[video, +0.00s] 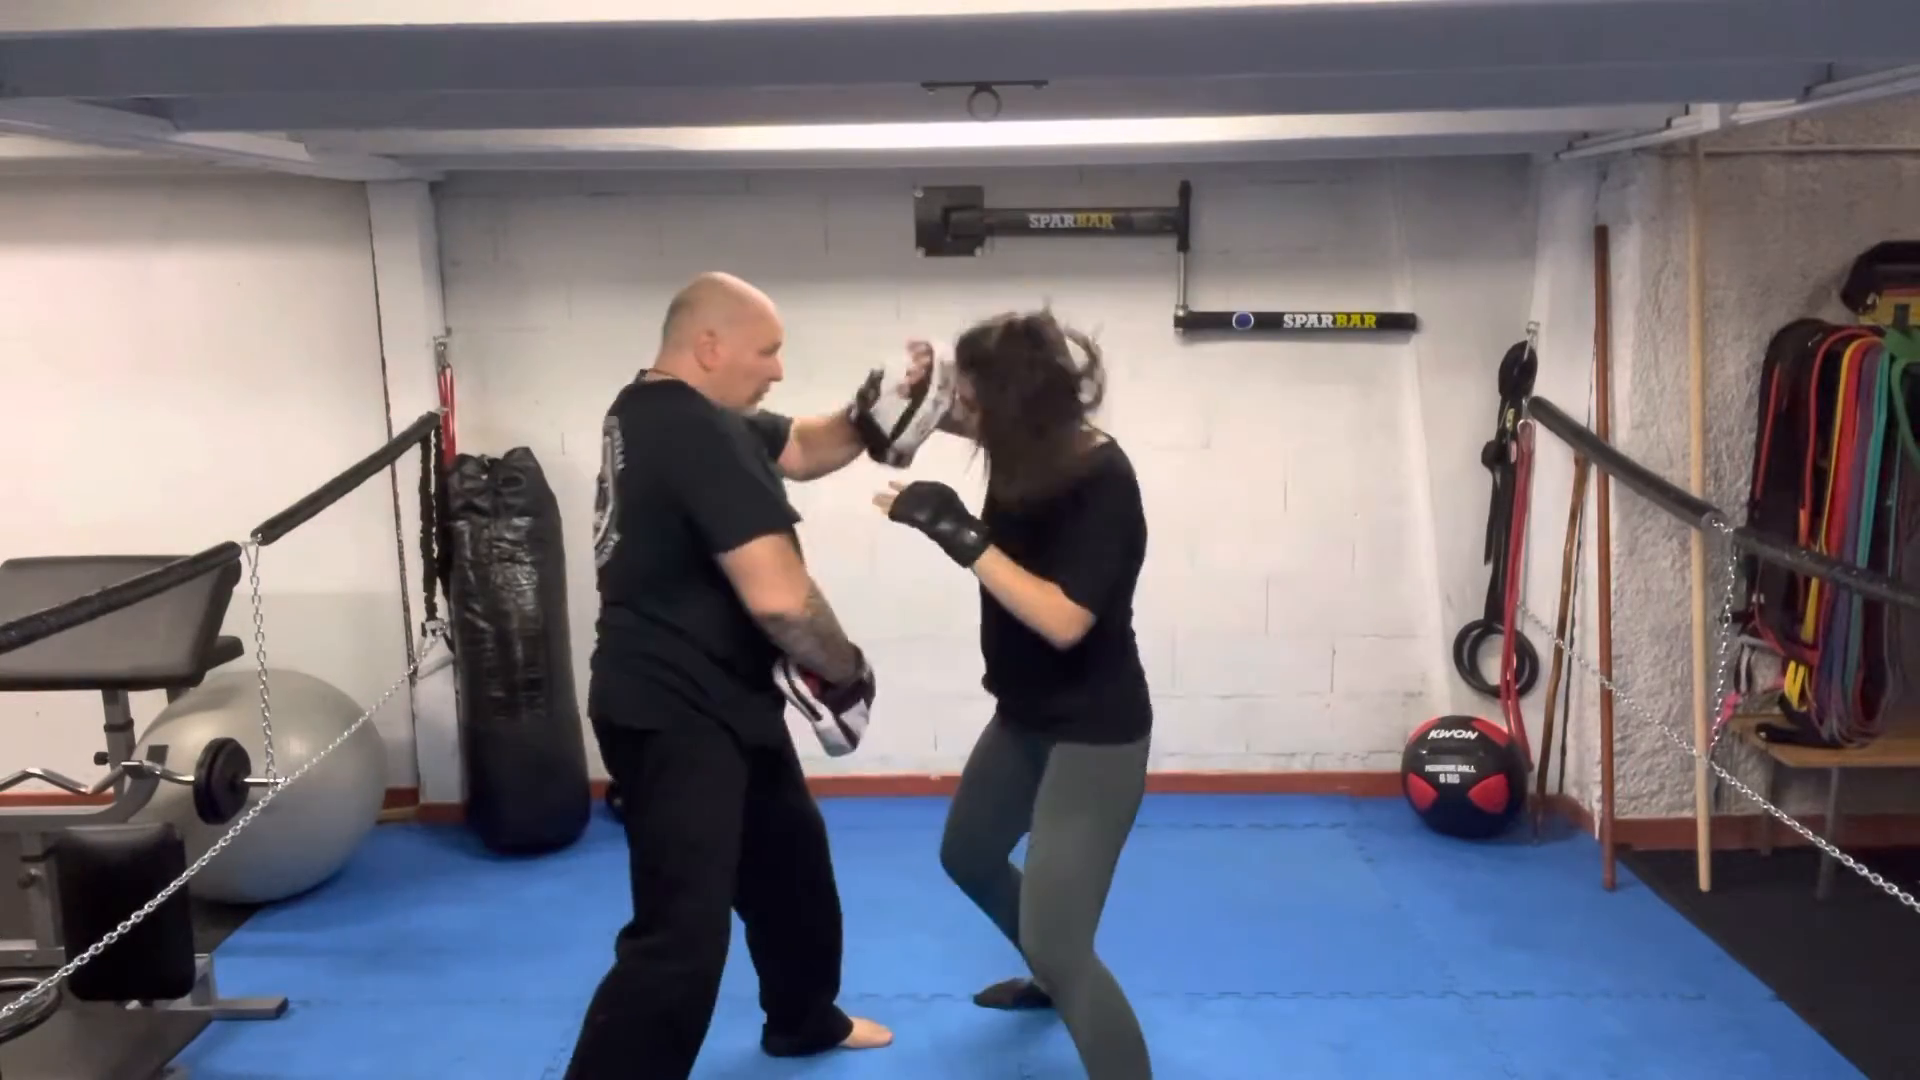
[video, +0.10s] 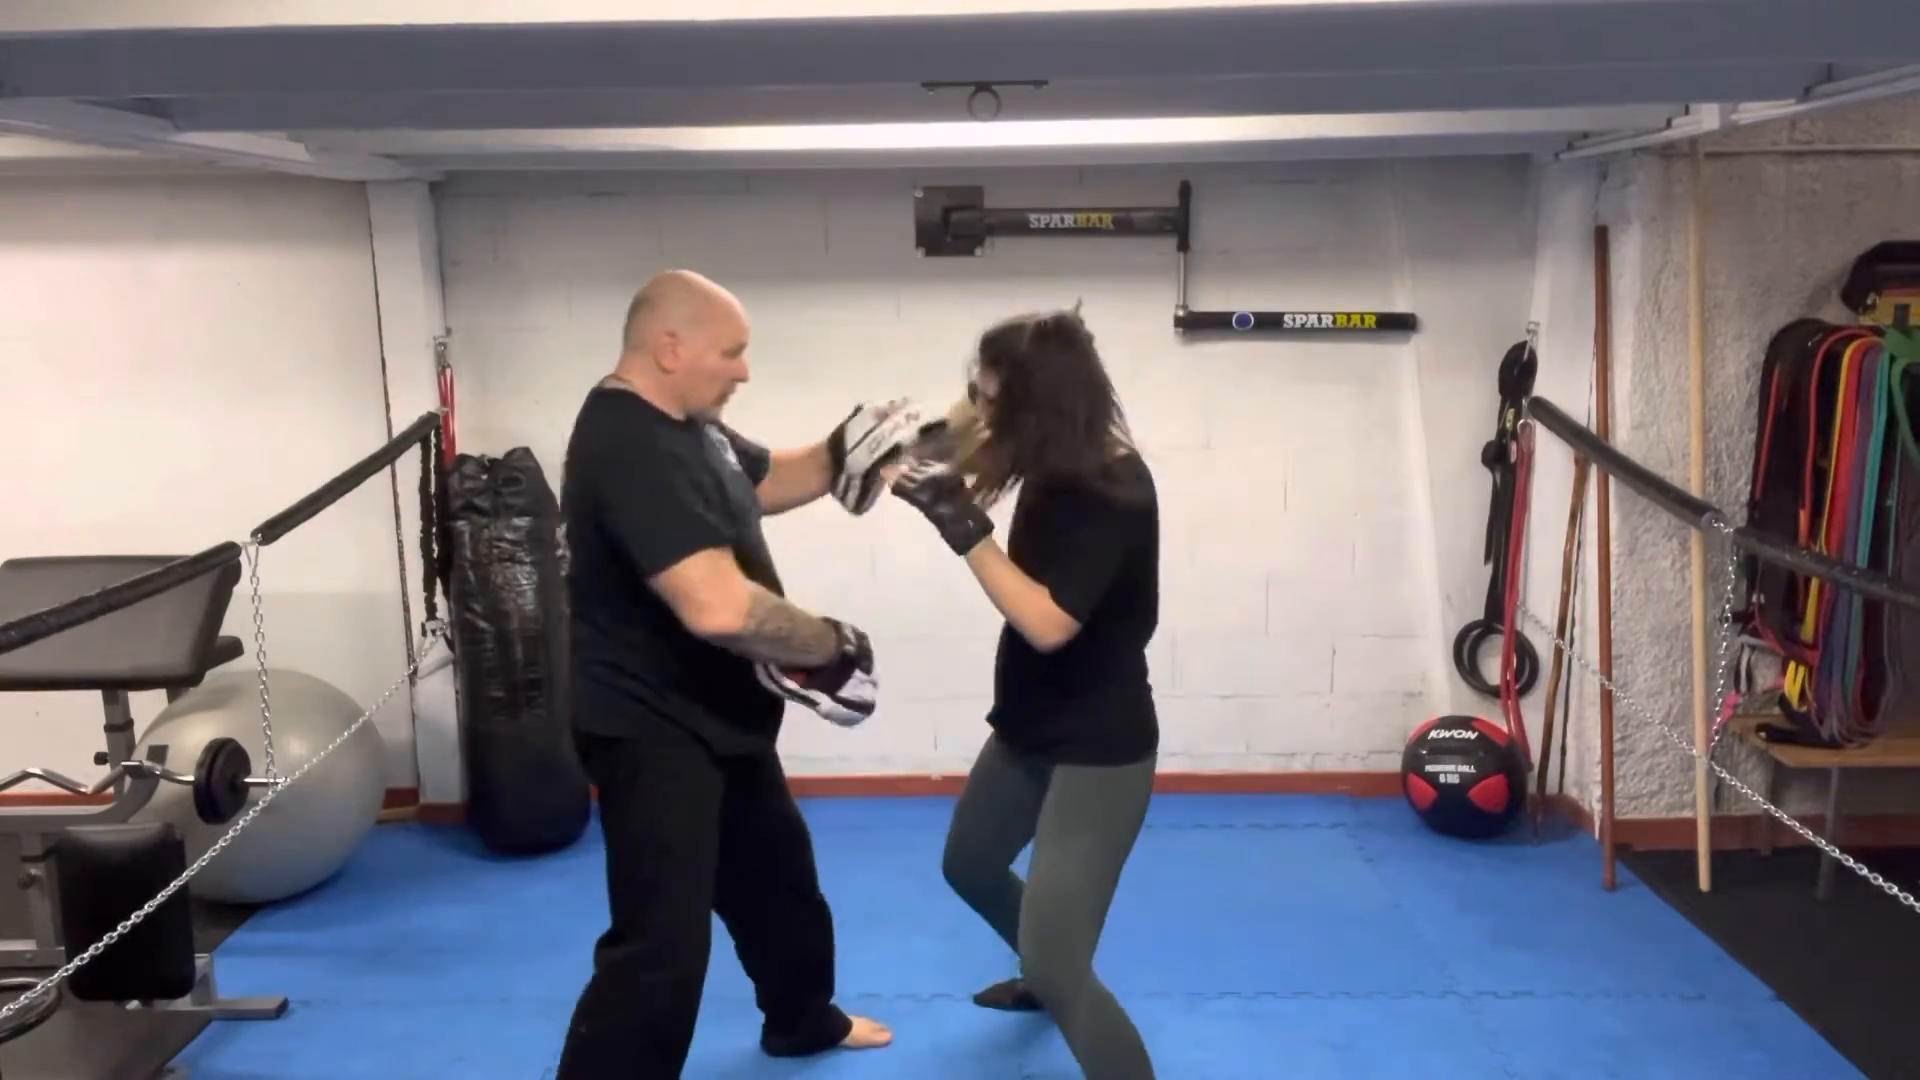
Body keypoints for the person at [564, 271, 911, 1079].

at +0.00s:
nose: (777, 369)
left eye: (777, 352)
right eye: (765, 351)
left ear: (699, 349)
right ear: (706, 347)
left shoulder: (681, 411)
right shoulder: (693, 427)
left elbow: (806, 445)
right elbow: (780, 601)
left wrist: (891, 402)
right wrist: (846, 677)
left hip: (725, 702)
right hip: (673, 711)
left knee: (790, 864)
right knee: (681, 938)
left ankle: (802, 1020)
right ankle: (608, 1076)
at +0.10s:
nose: (743, 372)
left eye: (743, 354)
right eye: (731, 353)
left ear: (669, 349)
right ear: (668, 347)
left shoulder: (684, 429)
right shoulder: (627, 440)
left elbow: (769, 481)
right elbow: (717, 606)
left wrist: (859, 442)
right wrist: (833, 642)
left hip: (722, 722)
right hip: (650, 730)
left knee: (776, 883)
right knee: (660, 946)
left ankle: (801, 1021)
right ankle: (605, 1073)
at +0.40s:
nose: (701, 376)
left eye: (702, 356)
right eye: (688, 355)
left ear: (628, 350)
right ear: (624, 347)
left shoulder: (643, 425)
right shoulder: (538, 455)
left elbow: (653, 543)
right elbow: (542, 626)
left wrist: (741, 529)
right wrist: (704, 637)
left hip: (689, 711)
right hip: (596, 728)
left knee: (734, 872)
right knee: (613, 936)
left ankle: (744, 1024)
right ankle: (591, 1071)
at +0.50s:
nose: (705, 378)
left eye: (707, 358)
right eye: (694, 358)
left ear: (634, 351)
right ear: (630, 349)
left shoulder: (647, 423)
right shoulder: (541, 450)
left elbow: (656, 551)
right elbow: (527, 620)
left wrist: (743, 526)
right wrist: (688, 635)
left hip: (682, 714)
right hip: (590, 723)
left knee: (722, 874)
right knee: (604, 935)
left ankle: (701, 1027)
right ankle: (589, 1070)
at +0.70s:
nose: (740, 393)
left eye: (744, 375)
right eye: (731, 374)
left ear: (671, 360)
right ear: (669, 358)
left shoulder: (682, 436)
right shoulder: (560, 436)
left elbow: (695, 527)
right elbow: (538, 589)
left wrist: (771, 525)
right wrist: (690, 599)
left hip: (672, 724)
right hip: (575, 732)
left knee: (697, 876)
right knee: (586, 922)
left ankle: (697, 1031)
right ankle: (580, 1071)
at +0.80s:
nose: (749, 402)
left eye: (754, 384)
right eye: (741, 382)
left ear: (687, 369)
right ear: (680, 365)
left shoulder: (692, 442)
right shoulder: (569, 427)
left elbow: (706, 552)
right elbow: (551, 577)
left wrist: (776, 549)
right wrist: (708, 575)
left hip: (658, 719)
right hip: (557, 723)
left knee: (687, 878)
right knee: (559, 921)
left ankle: (696, 1033)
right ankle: (556, 1070)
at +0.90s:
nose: (743, 403)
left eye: (747, 386)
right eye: (735, 383)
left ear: (682, 370)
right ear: (675, 366)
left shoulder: (682, 439)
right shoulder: (565, 420)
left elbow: (681, 559)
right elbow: (554, 568)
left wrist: (767, 552)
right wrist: (709, 553)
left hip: (646, 713)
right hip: (545, 716)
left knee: (677, 875)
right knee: (536, 915)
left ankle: (694, 1032)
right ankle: (513, 1073)